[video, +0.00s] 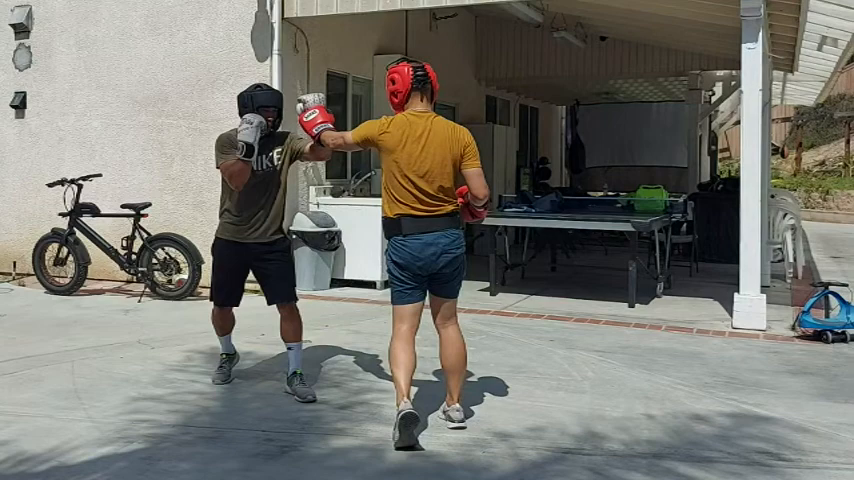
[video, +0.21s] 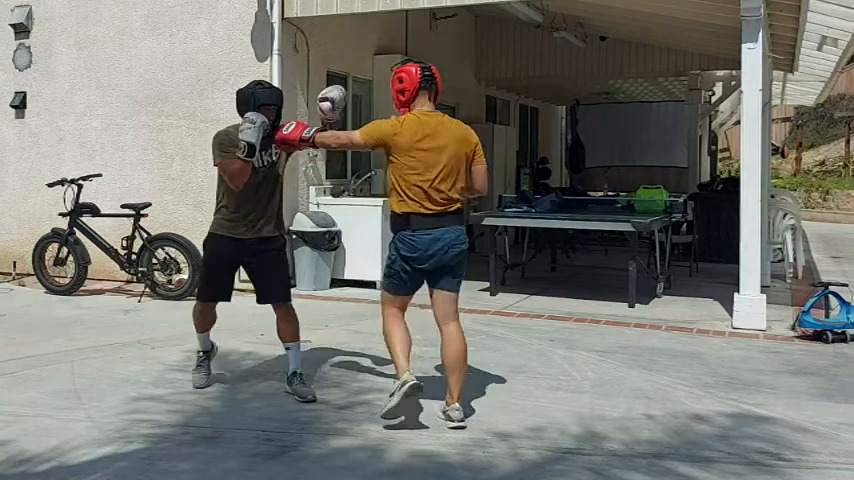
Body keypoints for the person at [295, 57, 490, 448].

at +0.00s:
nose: (391, 97)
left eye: (393, 91)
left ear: (399, 93)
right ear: (432, 92)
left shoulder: (386, 128)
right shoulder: (457, 133)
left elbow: (337, 140)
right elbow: (480, 192)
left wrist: (317, 123)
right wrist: (472, 206)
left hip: (404, 240)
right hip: (446, 238)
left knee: (404, 326)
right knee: (447, 319)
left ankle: (404, 404)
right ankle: (454, 406)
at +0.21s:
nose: (398, 99)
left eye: (400, 93)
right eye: (400, 93)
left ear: (405, 94)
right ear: (435, 93)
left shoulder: (394, 128)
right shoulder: (464, 132)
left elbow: (342, 139)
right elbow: (480, 188)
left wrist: (304, 135)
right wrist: (450, 186)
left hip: (412, 235)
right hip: (453, 234)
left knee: (394, 308)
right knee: (449, 319)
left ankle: (404, 376)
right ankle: (454, 404)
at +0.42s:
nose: (394, 103)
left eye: (396, 96)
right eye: (395, 96)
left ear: (403, 98)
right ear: (432, 98)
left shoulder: (397, 131)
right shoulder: (455, 137)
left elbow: (339, 146)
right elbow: (431, 164)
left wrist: (300, 151)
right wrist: (394, 161)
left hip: (409, 234)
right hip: (447, 233)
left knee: (393, 309)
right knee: (441, 313)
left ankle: (389, 389)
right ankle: (454, 396)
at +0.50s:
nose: (388, 107)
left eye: (391, 101)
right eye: (389, 101)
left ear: (402, 102)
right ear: (427, 103)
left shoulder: (394, 133)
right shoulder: (449, 139)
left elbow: (341, 154)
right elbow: (423, 166)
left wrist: (301, 166)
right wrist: (386, 161)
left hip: (409, 236)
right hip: (445, 235)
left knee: (388, 308)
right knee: (438, 305)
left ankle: (388, 388)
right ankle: (455, 366)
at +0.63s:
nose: (389, 104)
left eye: (391, 98)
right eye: (389, 98)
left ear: (401, 99)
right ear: (425, 99)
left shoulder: (399, 129)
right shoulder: (448, 135)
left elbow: (369, 167)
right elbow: (431, 178)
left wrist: (334, 197)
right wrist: (393, 168)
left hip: (414, 228)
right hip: (447, 226)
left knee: (391, 304)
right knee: (443, 293)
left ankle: (386, 384)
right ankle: (466, 358)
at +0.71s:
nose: (391, 106)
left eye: (393, 99)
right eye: (391, 99)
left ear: (406, 99)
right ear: (425, 100)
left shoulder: (404, 128)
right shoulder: (448, 134)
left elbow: (390, 175)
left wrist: (362, 211)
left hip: (419, 228)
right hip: (450, 225)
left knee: (392, 302)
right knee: (448, 295)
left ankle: (387, 383)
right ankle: (475, 360)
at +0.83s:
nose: (396, 115)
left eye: (400, 111)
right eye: (398, 110)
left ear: (413, 114)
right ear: (424, 114)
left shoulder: (422, 143)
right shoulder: (446, 142)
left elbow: (434, 191)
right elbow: (447, 189)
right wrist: (410, 187)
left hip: (430, 237)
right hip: (454, 235)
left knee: (390, 304)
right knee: (458, 301)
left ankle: (392, 383)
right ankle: (493, 361)